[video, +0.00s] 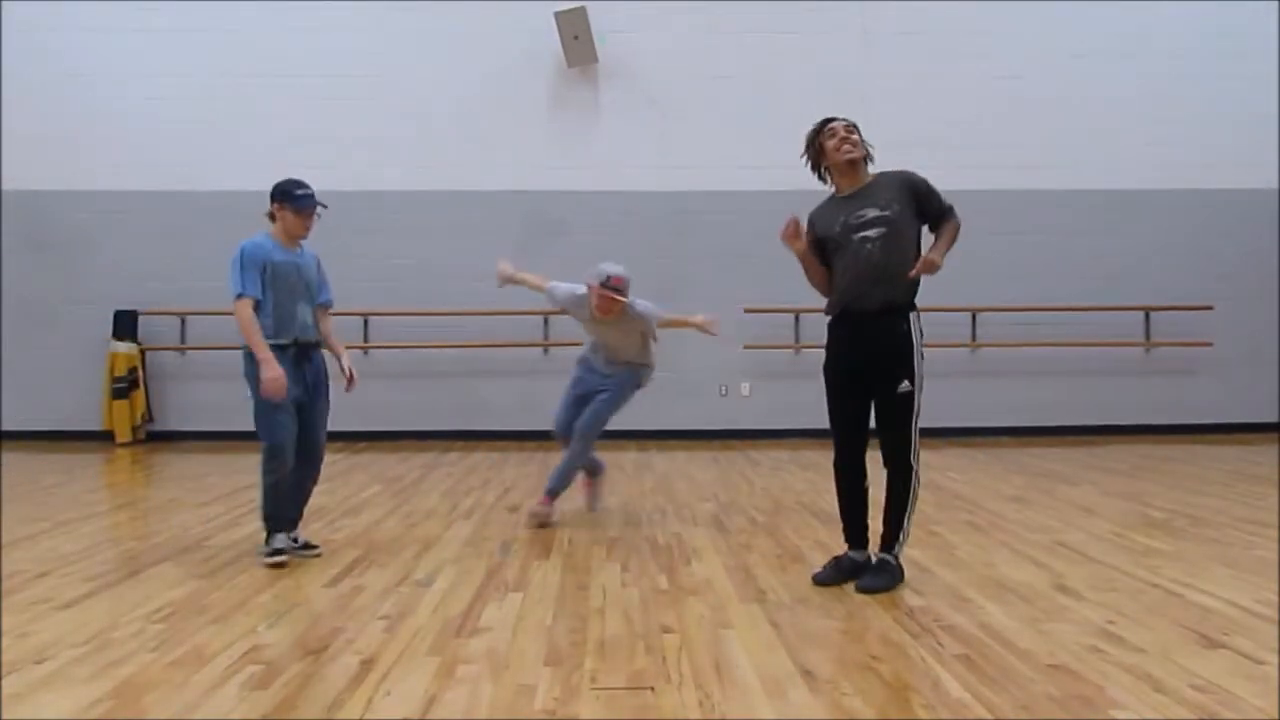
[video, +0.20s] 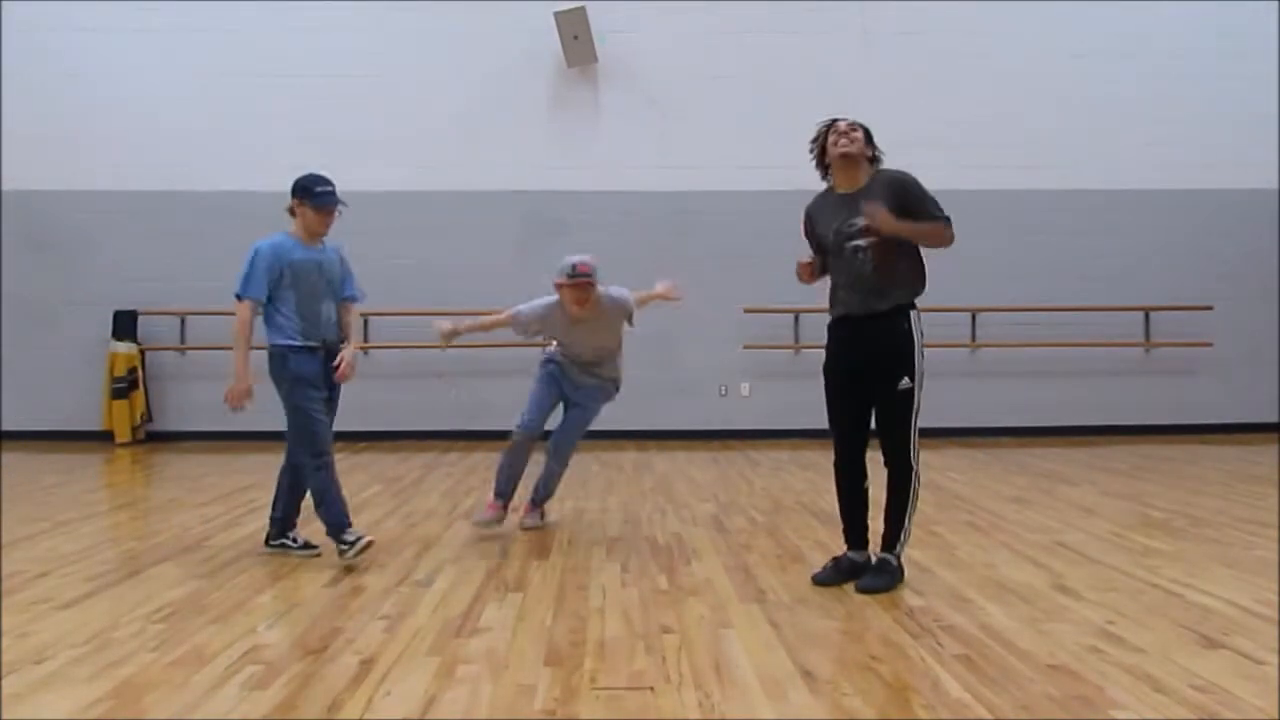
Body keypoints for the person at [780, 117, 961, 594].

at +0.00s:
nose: (845, 137)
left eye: (851, 131)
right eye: (833, 135)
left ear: (865, 146)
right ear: (820, 159)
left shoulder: (902, 184)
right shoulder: (821, 217)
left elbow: (948, 221)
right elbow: (827, 287)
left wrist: (934, 255)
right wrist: (804, 253)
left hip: (895, 329)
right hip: (846, 334)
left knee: (898, 448)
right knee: (848, 448)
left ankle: (890, 555)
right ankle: (856, 550)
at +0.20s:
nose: (846, 134)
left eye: (854, 130)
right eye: (836, 132)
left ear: (870, 149)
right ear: (823, 154)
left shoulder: (895, 185)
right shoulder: (818, 209)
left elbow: (943, 233)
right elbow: (822, 264)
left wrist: (894, 226)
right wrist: (812, 270)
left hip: (894, 329)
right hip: (845, 332)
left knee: (897, 447)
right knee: (847, 448)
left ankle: (891, 556)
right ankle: (856, 551)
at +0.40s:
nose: (853, 132)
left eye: (863, 129)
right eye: (844, 129)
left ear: (879, 150)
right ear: (832, 150)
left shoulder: (900, 191)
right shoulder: (824, 207)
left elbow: (941, 246)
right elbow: (840, 265)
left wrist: (898, 272)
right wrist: (820, 279)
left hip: (887, 331)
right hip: (841, 334)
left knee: (894, 449)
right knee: (848, 447)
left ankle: (893, 558)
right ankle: (860, 552)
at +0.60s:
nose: (861, 127)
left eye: (871, 126)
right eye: (852, 124)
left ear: (885, 148)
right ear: (838, 147)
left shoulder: (903, 182)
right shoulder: (834, 197)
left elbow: (958, 221)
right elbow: (830, 260)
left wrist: (919, 265)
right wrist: (805, 229)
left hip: (884, 321)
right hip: (838, 324)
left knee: (891, 443)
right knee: (845, 443)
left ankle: (893, 555)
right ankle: (856, 550)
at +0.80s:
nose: (861, 132)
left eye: (872, 129)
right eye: (852, 130)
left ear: (888, 151)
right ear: (842, 151)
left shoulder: (905, 192)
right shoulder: (836, 202)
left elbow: (937, 256)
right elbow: (845, 273)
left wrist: (882, 260)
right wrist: (818, 268)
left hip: (885, 331)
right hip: (839, 332)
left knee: (891, 448)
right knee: (842, 446)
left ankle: (892, 557)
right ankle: (858, 550)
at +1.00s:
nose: (850, 127)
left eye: (863, 123)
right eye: (849, 124)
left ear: (886, 142)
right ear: (844, 143)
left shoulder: (903, 187)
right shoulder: (838, 194)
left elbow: (932, 255)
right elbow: (848, 259)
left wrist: (878, 225)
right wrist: (824, 267)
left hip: (883, 324)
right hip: (838, 324)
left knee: (890, 443)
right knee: (841, 442)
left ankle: (895, 556)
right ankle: (857, 549)